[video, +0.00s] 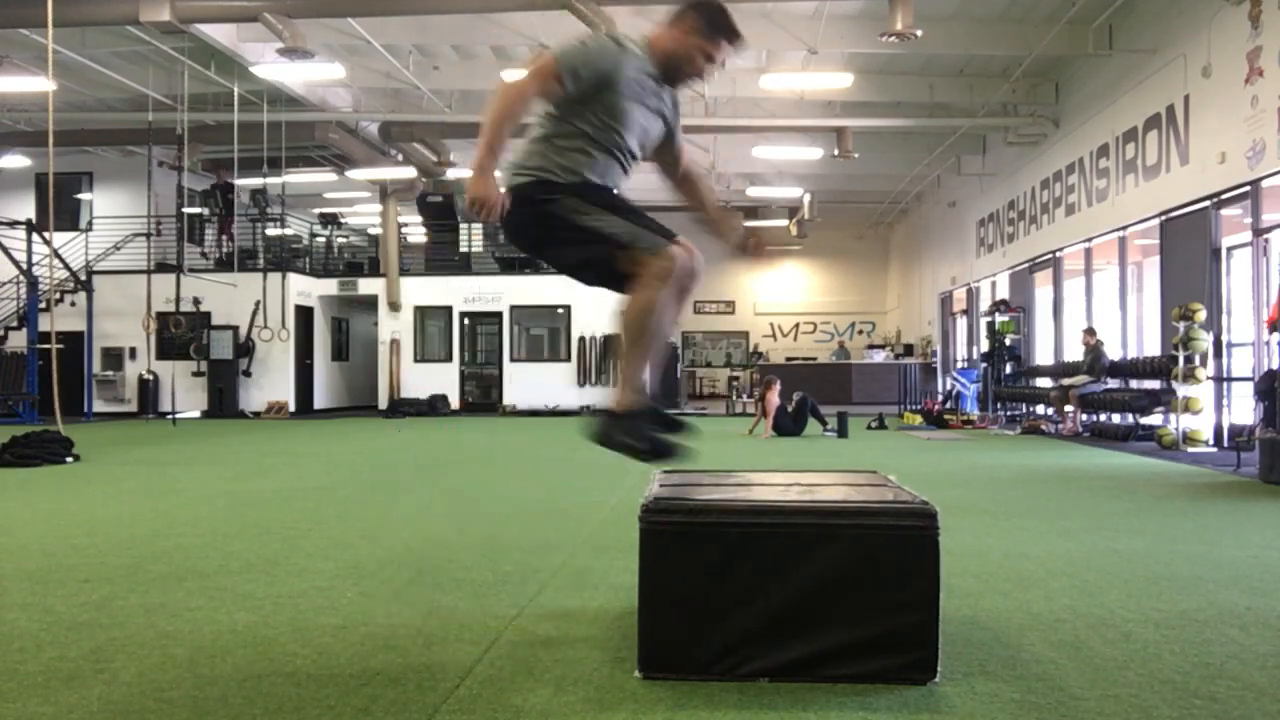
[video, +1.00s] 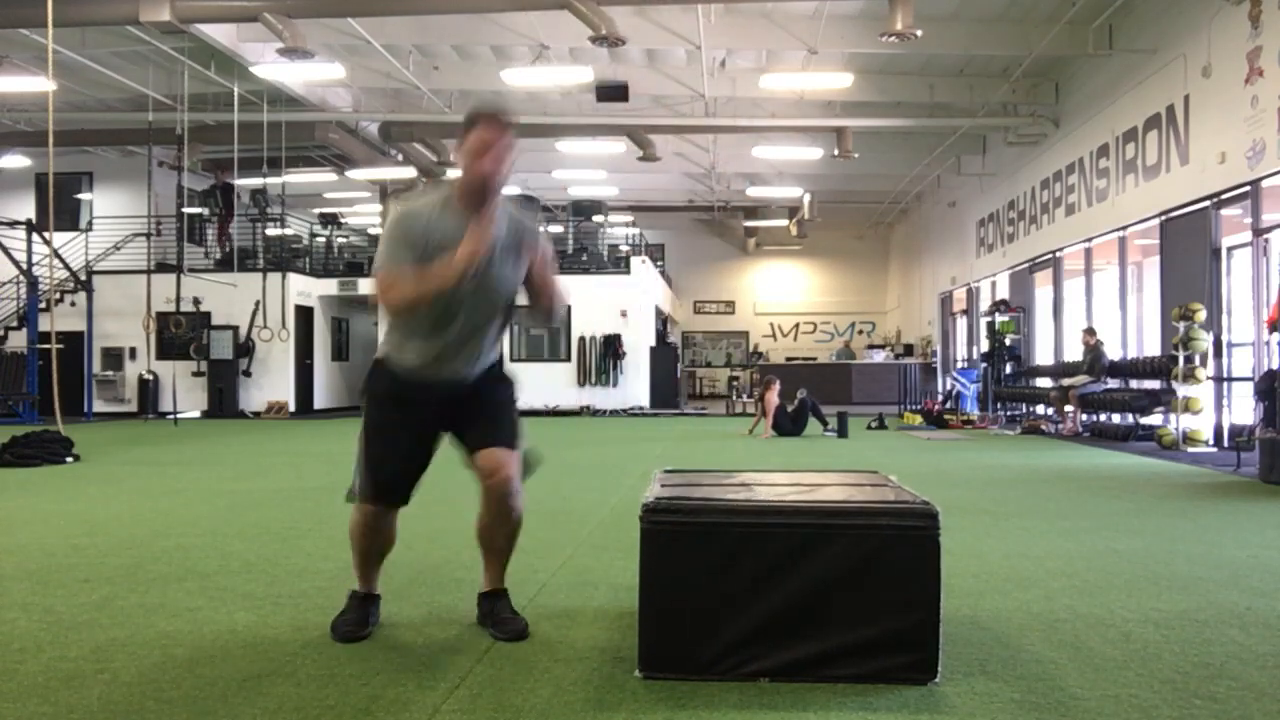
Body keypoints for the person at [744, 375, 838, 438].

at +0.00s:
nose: (779, 387)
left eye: (779, 385)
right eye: (778, 385)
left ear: (767, 386)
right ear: (773, 385)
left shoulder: (764, 396)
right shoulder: (772, 396)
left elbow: (759, 416)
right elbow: (770, 416)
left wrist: (750, 430)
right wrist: (767, 433)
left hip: (784, 430)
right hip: (792, 430)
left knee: (803, 398)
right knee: (806, 399)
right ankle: (826, 426)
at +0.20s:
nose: (779, 387)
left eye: (779, 384)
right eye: (778, 384)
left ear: (767, 385)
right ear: (773, 385)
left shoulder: (765, 396)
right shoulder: (772, 396)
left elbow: (759, 415)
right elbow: (769, 416)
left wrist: (750, 430)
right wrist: (767, 433)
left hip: (785, 430)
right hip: (793, 430)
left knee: (803, 398)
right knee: (806, 399)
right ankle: (826, 426)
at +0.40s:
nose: (779, 387)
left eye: (779, 384)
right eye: (778, 385)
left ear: (767, 386)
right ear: (773, 385)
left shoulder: (765, 396)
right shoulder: (772, 396)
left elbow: (759, 415)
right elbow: (770, 416)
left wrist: (750, 430)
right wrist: (767, 433)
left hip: (785, 430)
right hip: (793, 431)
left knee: (803, 397)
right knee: (806, 399)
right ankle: (826, 426)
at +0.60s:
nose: (779, 387)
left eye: (779, 385)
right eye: (778, 385)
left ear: (767, 385)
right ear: (773, 385)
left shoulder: (765, 396)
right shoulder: (772, 395)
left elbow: (759, 415)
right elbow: (770, 416)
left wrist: (750, 430)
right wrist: (767, 433)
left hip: (785, 430)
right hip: (792, 430)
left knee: (804, 398)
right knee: (806, 400)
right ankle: (826, 426)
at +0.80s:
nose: (779, 387)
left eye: (779, 384)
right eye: (778, 385)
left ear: (767, 386)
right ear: (773, 385)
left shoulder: (765, 396)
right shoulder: (771, 396)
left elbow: (759, 415)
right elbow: (769, 416)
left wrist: (750, 430)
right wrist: (767, 433)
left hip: (784, 430)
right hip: (792, 431)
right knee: (807, 400)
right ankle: (826, 426)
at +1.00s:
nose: (779, 387)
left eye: (778, 384)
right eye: (777, 384)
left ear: (767, 386)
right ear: (772, 385)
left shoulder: (765, 396)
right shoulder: (771, 396)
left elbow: (759, 415)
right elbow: (769, 415)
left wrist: (750, 430)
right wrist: (767, 433)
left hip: (785, 430)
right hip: (792, 431)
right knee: (807, 401)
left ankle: (798, 403)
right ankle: (826, 426)